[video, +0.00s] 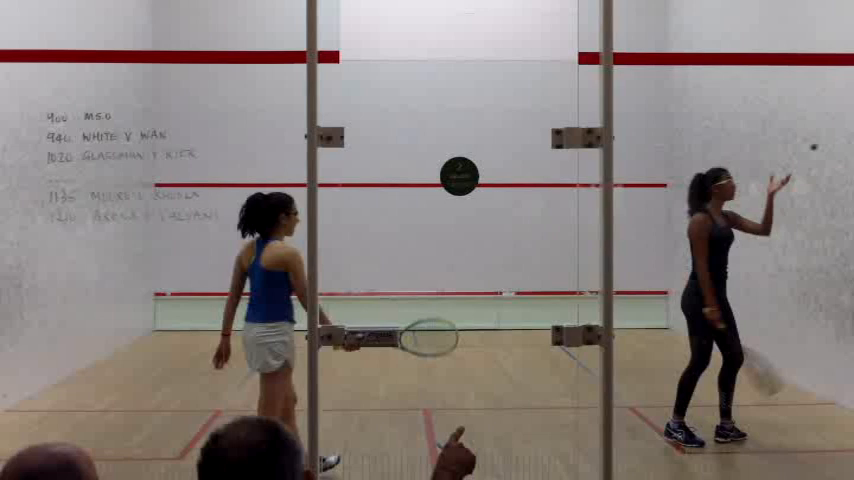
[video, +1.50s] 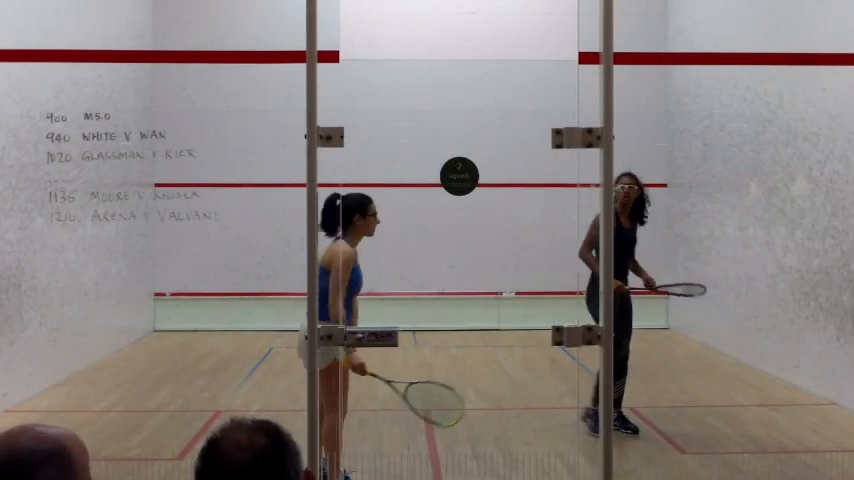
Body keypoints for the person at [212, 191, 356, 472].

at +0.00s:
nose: (298, 219)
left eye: (296, 214)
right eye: (294, 214)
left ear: (271, 219)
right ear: (282, 218)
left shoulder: (248, 251)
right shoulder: (289, 255)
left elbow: (233, 297)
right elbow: (307, 300)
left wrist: (225, 337)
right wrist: (329, 327)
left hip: (252, 334)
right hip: (277, 336)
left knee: (289, 401)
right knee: (271, 411)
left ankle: (300, 461)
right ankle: (268, 469)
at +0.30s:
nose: (320, 218)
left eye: (318, 212)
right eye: (316, 213)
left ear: (290, 220)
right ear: (302, 219)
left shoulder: (272, 250)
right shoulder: (313, 251)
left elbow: (255, 296)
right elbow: (325, 296)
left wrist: (238, 335)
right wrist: (343, 326)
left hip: (276, 330)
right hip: (299, 333)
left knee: (302, 406)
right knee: (289, 409)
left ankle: (311, 464)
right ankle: (263, 465)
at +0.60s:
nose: (329, 220)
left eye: (333, 215)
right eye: (323, 213)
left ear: (337, 220)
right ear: (311, 215)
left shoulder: (308, 244)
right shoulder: (308, 245)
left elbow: (317, 293)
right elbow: (318, 293)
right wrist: (340, 325)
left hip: (302, 327)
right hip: (308, 329)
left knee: (308, 401)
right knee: (332, 399)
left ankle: (311, 463)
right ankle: (287, 452)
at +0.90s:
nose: (338, 219)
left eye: (344, 214)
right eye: (332, 213)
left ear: (350, 219)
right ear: (321, 215)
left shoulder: (338, 249)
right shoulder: (309, 247)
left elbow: (342, 293)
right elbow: (293, 290)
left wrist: (346, 329)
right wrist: (294, 335)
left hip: (332, 327)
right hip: (317, 326)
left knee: (316, 399)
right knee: (336, 398)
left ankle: (312, 462)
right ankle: (332, 466)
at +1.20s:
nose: (354, 220)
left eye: (358, 215)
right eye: (347, 214)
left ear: (361, 218)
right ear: (331, 217)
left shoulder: (345, 248)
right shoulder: (327, 248)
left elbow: (349, 290)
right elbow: (310, 295)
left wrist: (357, 323)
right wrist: (300, 342)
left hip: (339, 335)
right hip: (326, 337)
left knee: (332, 405)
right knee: (333, 405)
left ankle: (315, 463)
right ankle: (335, 468)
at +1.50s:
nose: (377, 220)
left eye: (376, 215)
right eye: (373, 215)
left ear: (354, 220)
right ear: (358, 220)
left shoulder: (342, 251)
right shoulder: (343, 252)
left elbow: (346, 306)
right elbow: (336, 307)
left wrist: (351, 348)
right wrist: (349, 351)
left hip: (328, 341)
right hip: (328, 342)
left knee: (331, 409)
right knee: (334, 410)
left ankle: (327, 468)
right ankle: (334, 472)